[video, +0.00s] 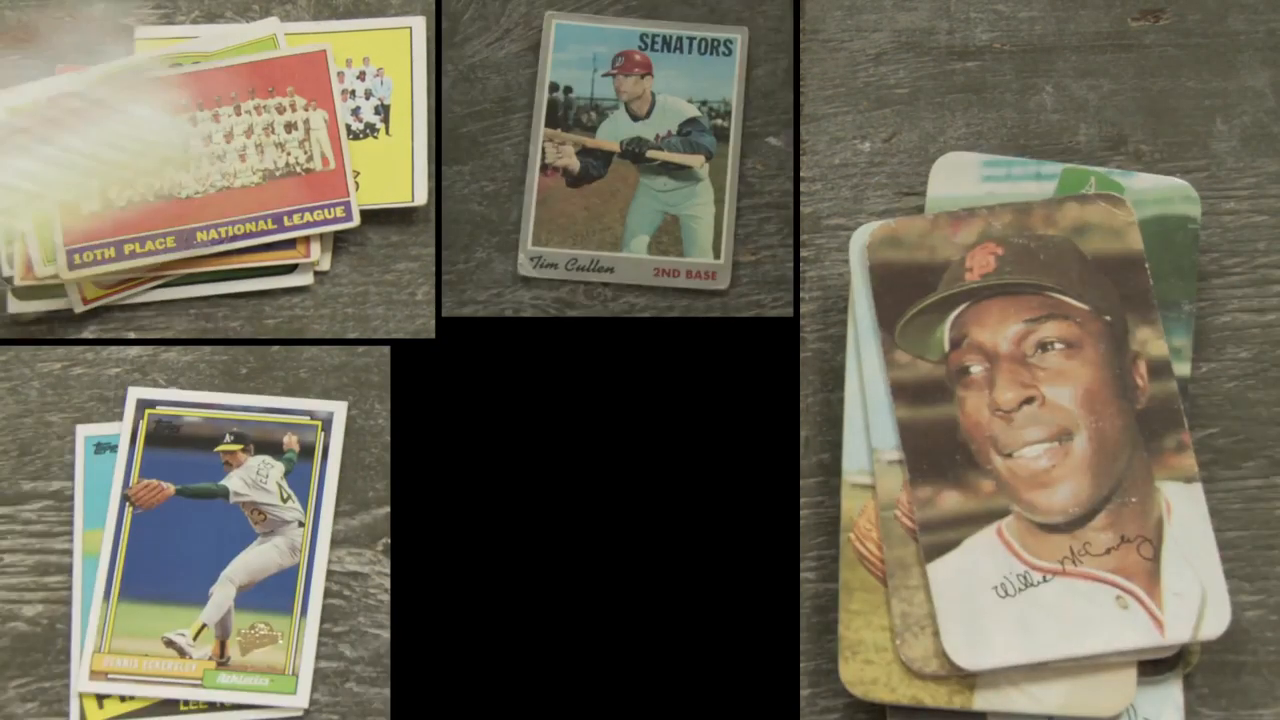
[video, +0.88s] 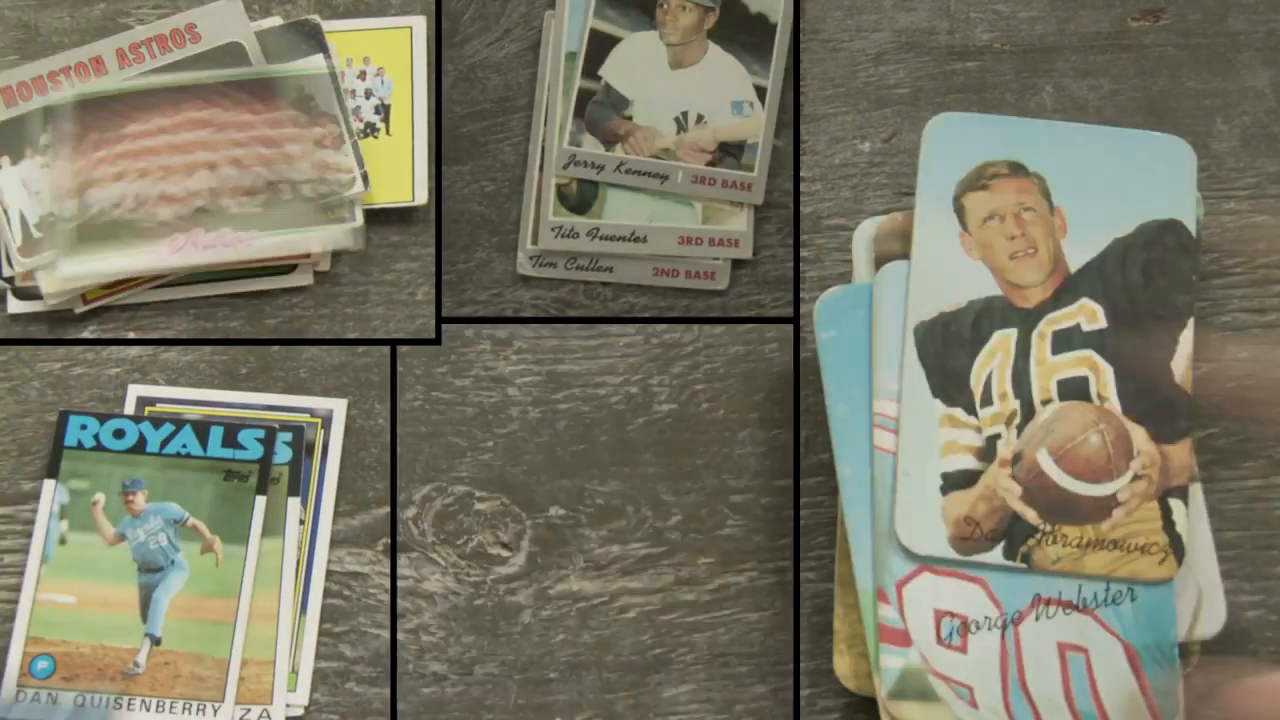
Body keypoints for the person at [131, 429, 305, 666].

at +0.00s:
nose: (225, 458)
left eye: (230, 453)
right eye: (223, 453)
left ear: (247, 452)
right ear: (222, 453)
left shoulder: (246, 475)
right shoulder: (266, 462)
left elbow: (218, 490)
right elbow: (288, 462)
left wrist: (174, 489)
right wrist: (292, 449)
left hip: (290, 537)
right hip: (270, 537)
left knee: (230, 577)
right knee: (218, 591)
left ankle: (190, 637)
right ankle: (221, 653)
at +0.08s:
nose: (225, 458)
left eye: (231, 453)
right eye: (223, 453)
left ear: (247, 452)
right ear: (222, 453)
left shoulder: (247, 474)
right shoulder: (266, 462)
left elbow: (218, 490)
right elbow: (288, 462)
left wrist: (174, 489)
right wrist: (292, 449)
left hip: (290, 537)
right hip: (269, 537)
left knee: (231, 577)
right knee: (219, 592)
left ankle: (190, 638)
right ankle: (220, 654)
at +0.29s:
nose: (198, 503)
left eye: (204, 498)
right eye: (194, 497)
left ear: (214, 504)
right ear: (187, 497)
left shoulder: (214, 536)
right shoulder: (166, 523)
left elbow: (232, 576)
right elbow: (126, 515)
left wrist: (212, 577)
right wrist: (88, 508)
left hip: (192, 591)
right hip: (161, 590)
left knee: (173, 606)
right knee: (147, 643)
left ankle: (165, 672)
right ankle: (158, 660)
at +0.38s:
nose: (211, 500)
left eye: (217, 499)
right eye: (209, 494)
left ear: (218, 507)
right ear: (199, 494)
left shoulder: (218, 539)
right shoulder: (167, 523)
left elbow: (235, 578)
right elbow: (127, 513)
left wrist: (215, 576)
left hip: (193, 592)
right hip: (160, 589)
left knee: (174, 605)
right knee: (147, 645)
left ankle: (166, 677)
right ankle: (159, 650)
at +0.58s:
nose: (209, 499)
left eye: (215, 498)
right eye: (208, 493)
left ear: (217, 507)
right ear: (199, 495)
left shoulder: (220, 539)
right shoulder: (170, 523)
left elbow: (235, 578)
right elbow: (128, 513)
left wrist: (214, 576)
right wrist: (140, 495)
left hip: (199, 609)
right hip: (165, 605)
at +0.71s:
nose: (129, 498)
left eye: (133, 494)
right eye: (125, 495)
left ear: (144, 495)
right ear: (122, 498)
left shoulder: (166, 510)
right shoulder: (127, 524)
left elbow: (194, 524)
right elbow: (110, 539)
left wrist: (209, 539)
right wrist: (97, 512)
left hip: (173, 568)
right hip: (146, 574)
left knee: (159, 598)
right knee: (147, 617)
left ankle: (141, 657)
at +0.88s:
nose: (129, 498)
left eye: (133, 494)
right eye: (126, 495)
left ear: (144, 495)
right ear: (122, 498)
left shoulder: (165, 510)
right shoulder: (127, 524)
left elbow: (194, 524)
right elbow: (111, 539)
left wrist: (209, 539)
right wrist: (97, 511)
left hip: (173, 568)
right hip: (146, 574)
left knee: (159, 598)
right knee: (146, 615)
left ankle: (141, 657)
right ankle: (156, 637)